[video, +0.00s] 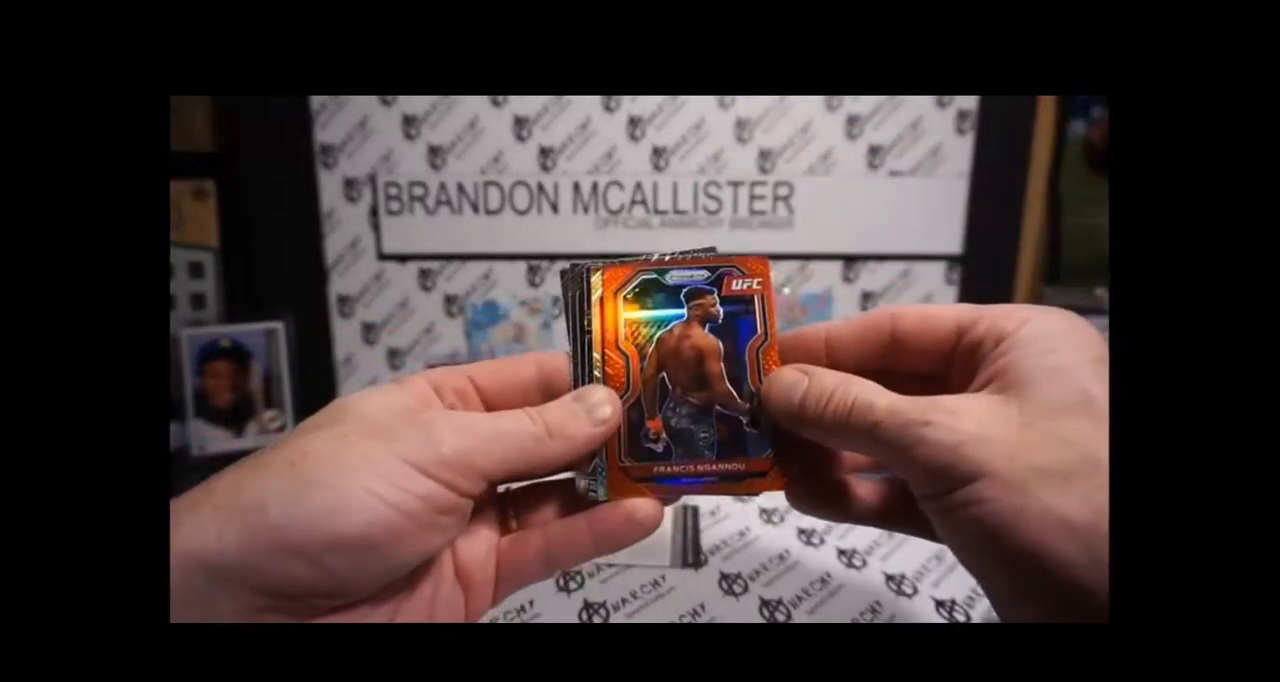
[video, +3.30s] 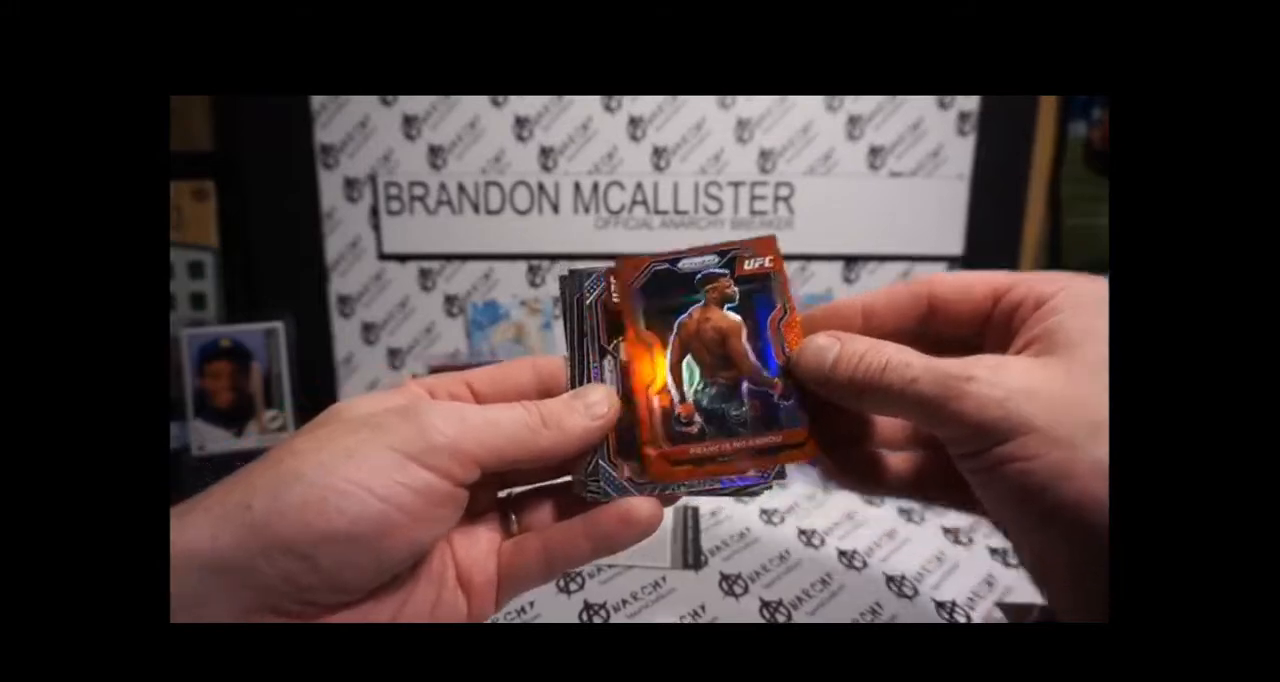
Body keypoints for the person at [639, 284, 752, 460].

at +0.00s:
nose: (720, 310)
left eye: (718, 304)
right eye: (714, 305)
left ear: (693, 310)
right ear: (697, 309)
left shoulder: (664, 338)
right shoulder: (709, 343)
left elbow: (649, 377)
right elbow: (721, 390)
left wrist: (651, 417)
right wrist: (745, 410)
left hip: (672, 410)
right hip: (698, 415)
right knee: (703, 478)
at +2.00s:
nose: (715, 306)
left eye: (714, 301)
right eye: (709, 302)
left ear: (690, 308)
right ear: (691, 307)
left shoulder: (660, 334)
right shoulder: (705, 339)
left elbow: (644, 375)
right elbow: (717, 388)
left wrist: (647, 413)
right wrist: (741, 407)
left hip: (669, 406)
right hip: (695, 411)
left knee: (677, 468)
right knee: (699, 472)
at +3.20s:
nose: (718, 305)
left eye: (716, 301)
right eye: (712, 302)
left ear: (693, 307)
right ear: (694, 307)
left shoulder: (664, 334)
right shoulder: (707, 339)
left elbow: (648, 375)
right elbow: (721, 388)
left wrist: (652, 415)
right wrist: (745, 407)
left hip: (672, 407)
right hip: (699, 412)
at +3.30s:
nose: (735, 288)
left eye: (732, 283)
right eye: (728, 284)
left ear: (711, 292)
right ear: (712, 291)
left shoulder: (685, 323)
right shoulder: (731, 321)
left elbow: (674, 364)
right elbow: (747, 366)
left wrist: (680, 401)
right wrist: (773, 384)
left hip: (704, 390)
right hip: (731, 391)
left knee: (716, 452)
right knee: (741, 452)